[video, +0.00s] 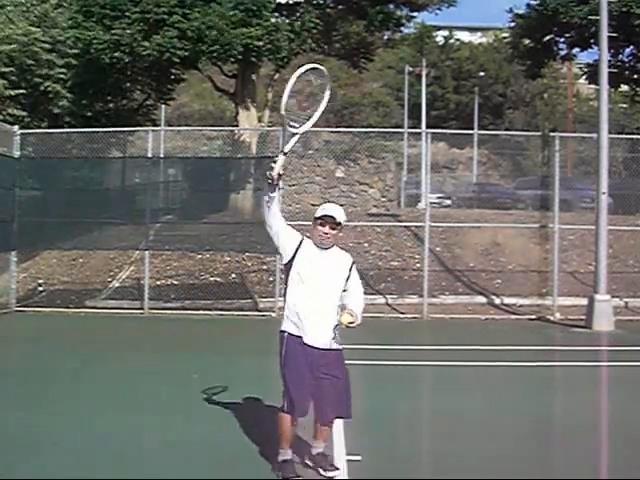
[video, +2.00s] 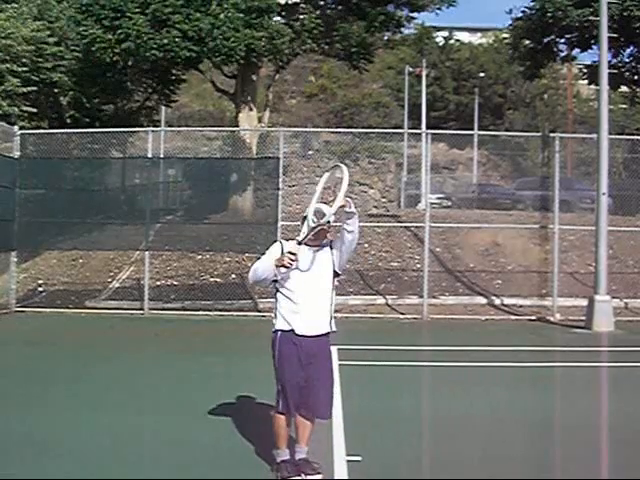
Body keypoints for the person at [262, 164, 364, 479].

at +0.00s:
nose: (326, 230)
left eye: (333, 226)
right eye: (322, 224)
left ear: (339, 232)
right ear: (313, 224)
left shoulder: (345, 262)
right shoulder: (295, 246)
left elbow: (355, 294)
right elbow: (273, 218)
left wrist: (352, 312)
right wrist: (273, 186)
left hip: (328, 339)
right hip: (295, 335)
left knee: (330, 401)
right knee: (295, 398)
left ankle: (318, 451)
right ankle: (284, 456)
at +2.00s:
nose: (322, 236)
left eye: (326, 231)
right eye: (318, 230)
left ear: (330, 231)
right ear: (306, 227)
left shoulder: (331, 253)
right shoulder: (283, 249)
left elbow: (349, 239)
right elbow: (253, 276)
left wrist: (349, 215)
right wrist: (275, 266)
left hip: (319, 335)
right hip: (288, 334)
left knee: (311, 398)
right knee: (286, 397)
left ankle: (302, 457)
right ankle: (282, 459)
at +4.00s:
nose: (329, 256)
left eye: (332, 252)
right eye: (328, 250)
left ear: (315, 245)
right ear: (312, 242)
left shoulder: (320, 277)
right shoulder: (278, 263)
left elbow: (330, 313)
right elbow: (271, 307)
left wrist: (353, 346)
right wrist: (282, 347)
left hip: (295, 344)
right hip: (263, 342)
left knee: (295, 402)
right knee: (251, 403)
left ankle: (299, 466)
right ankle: (232, 452)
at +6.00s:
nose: (510, 261)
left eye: (510, 256)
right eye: (508, 256)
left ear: (482, 257)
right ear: (498, 258)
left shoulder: (457, 277)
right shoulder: (506, 283)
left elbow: (431, 305)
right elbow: (504, 326)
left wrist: (435, 334)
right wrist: (480, 348)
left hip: (435, 345)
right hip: (458, 349)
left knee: (454, 411)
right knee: (470, 420)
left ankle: (444, 462)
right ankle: (407, 436)